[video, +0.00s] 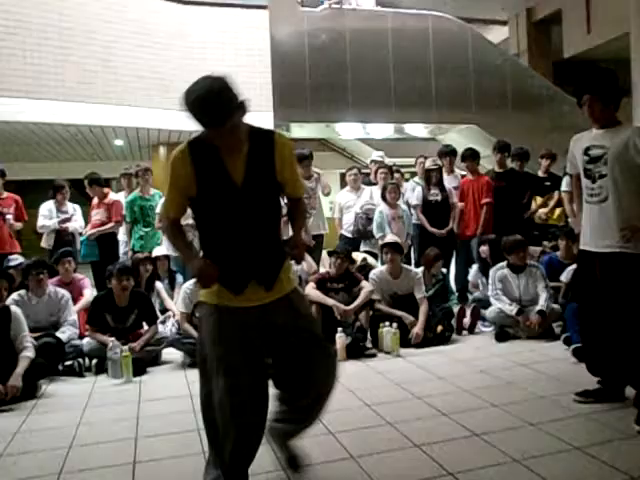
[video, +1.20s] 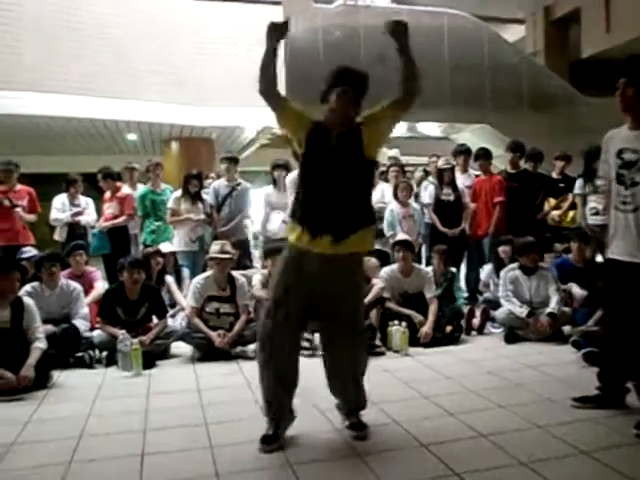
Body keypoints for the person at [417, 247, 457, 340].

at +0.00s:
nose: (440, 267)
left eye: (440, 264)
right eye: (437, 265)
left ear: (441, 264)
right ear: (430, 265)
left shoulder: (443, 276)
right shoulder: (417, 275)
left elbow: (451, 294)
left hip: (440, 309)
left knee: (447, 310)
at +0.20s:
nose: (439, 268)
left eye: (440, 265)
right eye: (437, 265)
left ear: (441, 264)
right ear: (430, 265)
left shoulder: (443, 276)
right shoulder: (418, 275)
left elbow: (451, 294)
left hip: (440, 309)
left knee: (447, 311)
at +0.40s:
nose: (439, 268)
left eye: (440, 265)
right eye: (436, 265)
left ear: (441, 264)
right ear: (429, 264)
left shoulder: (442, 275)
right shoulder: (417, 275)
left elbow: (450, 293)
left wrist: (451, 305)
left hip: (439, 308)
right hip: (423, 309)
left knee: (447, 310)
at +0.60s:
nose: (437, 266)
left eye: (439, 263)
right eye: (435, 264)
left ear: (440, 263)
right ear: (427, 264)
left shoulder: (442, 274)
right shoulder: (416, 275)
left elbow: (449, 292)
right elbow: (417, 295)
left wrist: (451, 304)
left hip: (439, 305)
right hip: (423, 306)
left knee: (446, 310)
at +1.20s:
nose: (440, 262)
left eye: (442, 259)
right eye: (437, 259)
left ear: (446, 260)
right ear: (432, 260)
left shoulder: (452, 275)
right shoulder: (426, 274)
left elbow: (458, 292)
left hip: (448, 305)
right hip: (431, 305)